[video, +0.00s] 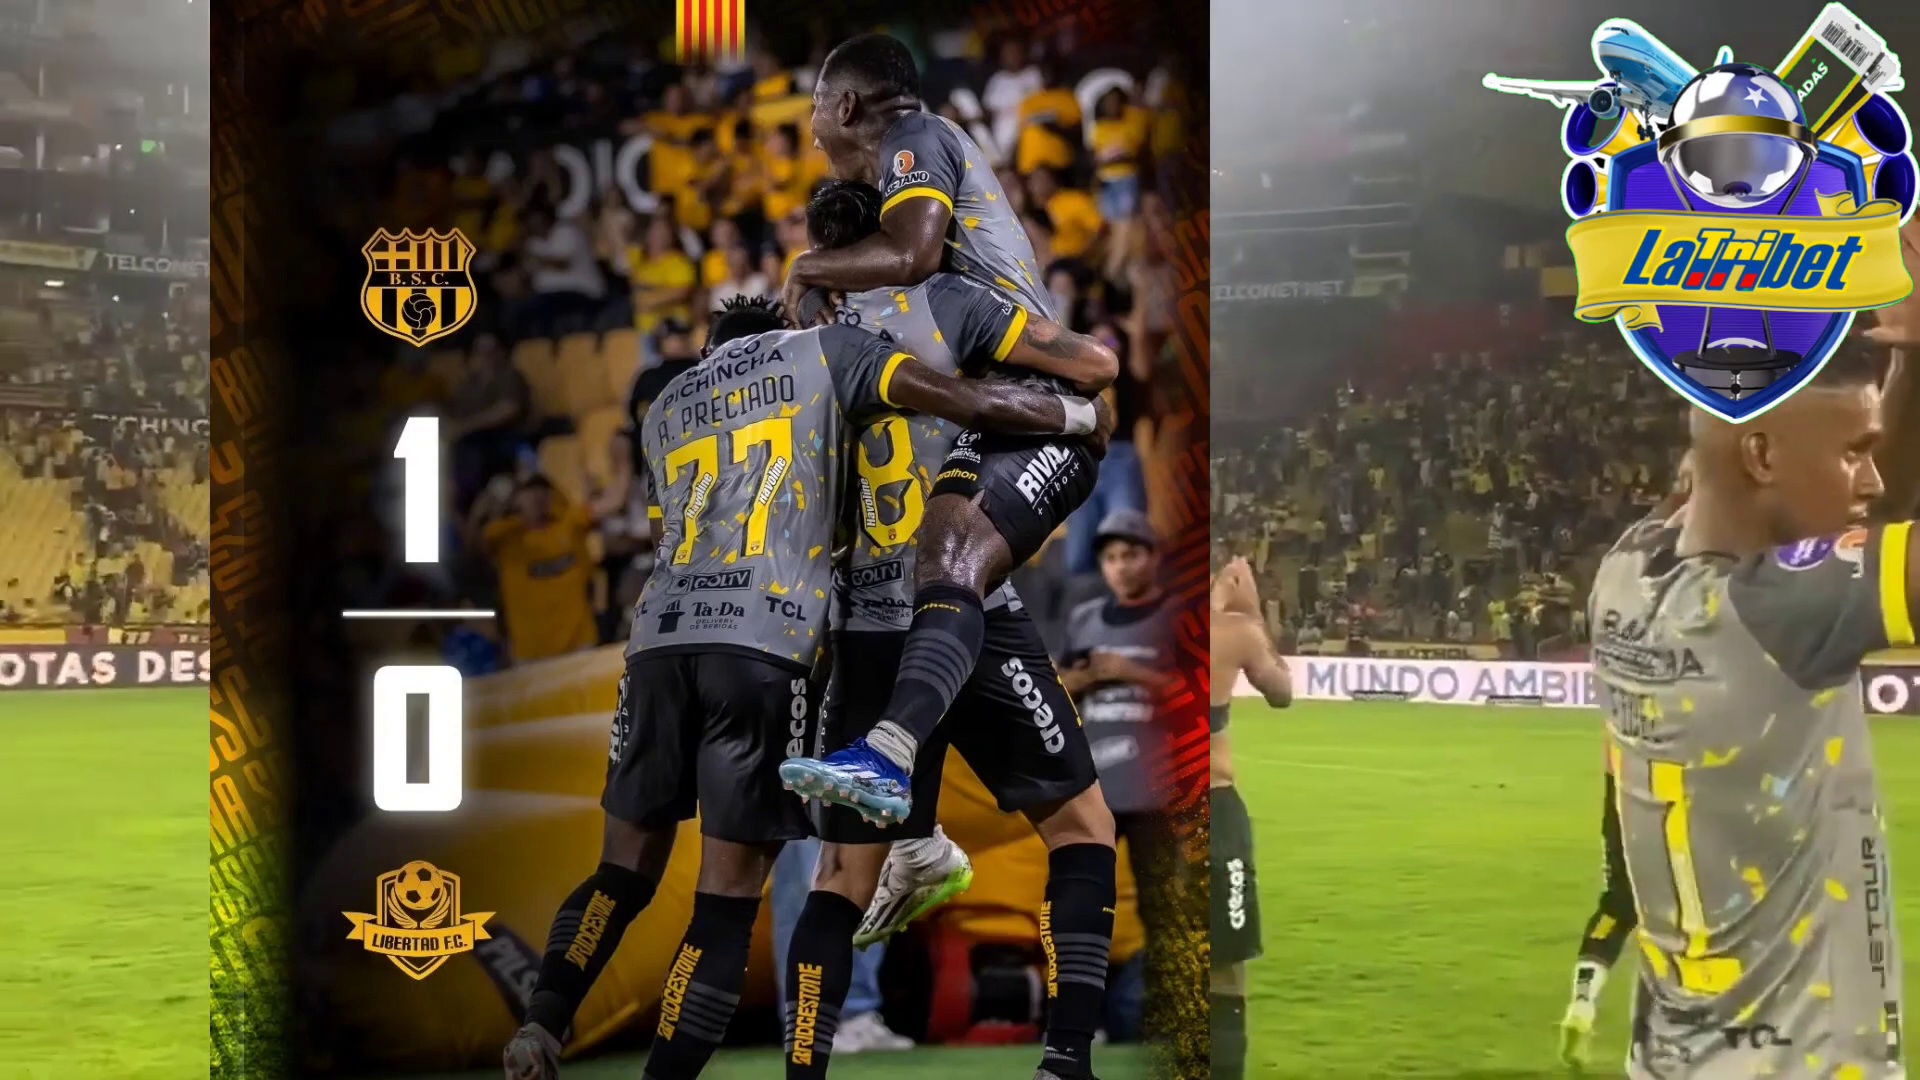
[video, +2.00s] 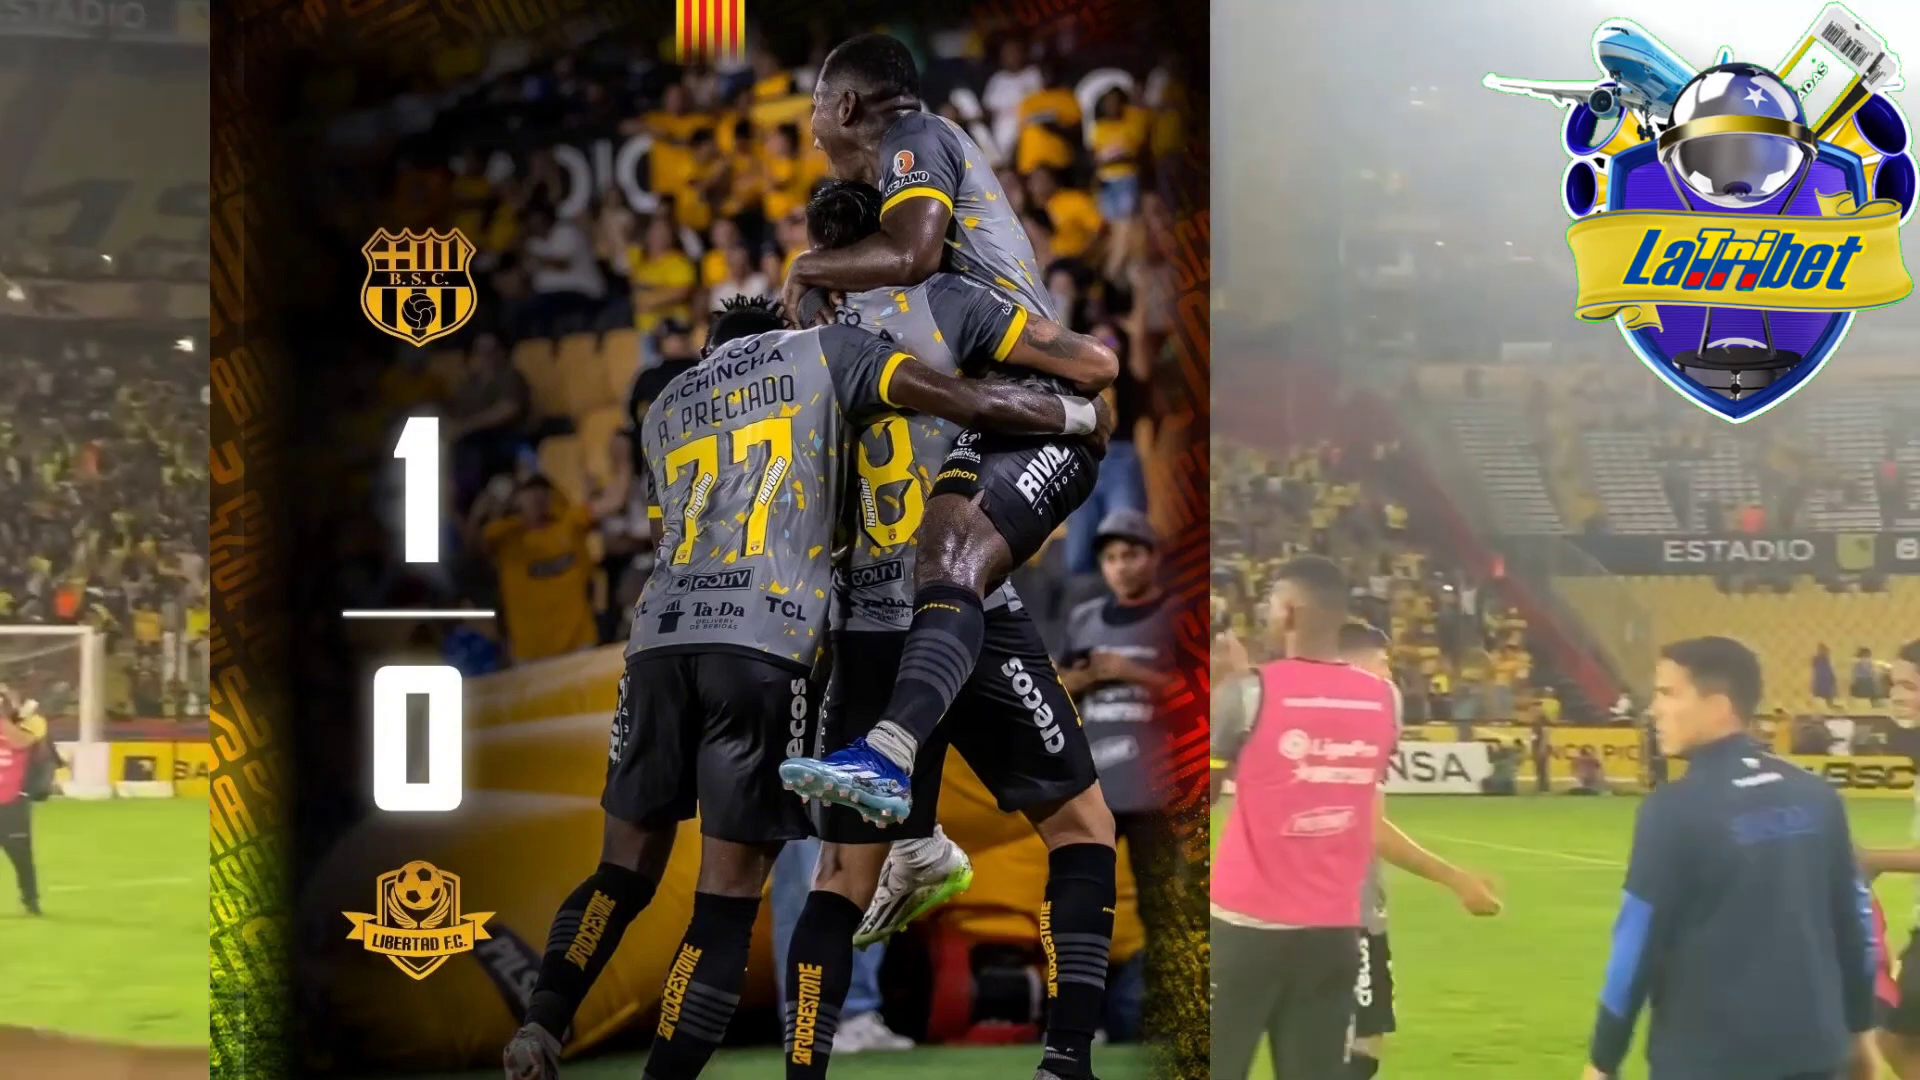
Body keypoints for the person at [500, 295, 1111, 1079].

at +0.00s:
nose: (828, 323)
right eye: (817, 317)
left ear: (710, 344)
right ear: (792, 322)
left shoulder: (662, 405)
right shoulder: (830, 347)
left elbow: (681, 519)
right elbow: (968, 398)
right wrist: (1085, 418)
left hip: (657, 648)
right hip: (762, 648)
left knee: (623, 865)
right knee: (727, 890)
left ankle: (542, 1027)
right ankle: (667, 1076)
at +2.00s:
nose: (824, 325)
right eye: (813, 318)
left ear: (710, 347)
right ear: (793, 324)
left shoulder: (660, 404)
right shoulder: (830, 348)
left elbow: (679, 520)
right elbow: (970, 399)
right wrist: (1086, 418)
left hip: (657, 648)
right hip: (762, 649)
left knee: (623, 865)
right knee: (728, 892)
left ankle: (542, 1027)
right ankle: (666, 1076)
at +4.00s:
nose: (826, 325)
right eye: (814, 319)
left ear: (710, 345)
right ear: (793, 324)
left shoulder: (661, 406)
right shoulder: (829, 348)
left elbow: (682, 519)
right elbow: (970, 399)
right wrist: (1086, 418)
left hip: (657, 648)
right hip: (762, 649)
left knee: (623, 865)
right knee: (727, 892)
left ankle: (542, 1027)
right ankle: (667, 1075)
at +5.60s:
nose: (827, 325)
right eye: (815, 318)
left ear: (709, 345)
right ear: (791, 323)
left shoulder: (661, 407)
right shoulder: (830, 348)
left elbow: (679, 521)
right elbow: (973, 400)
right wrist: (1090, 416)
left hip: (657, 648)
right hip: (761, 648)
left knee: (624, 865)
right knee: (727, 891)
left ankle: (542, 1027)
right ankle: (667, 1074)